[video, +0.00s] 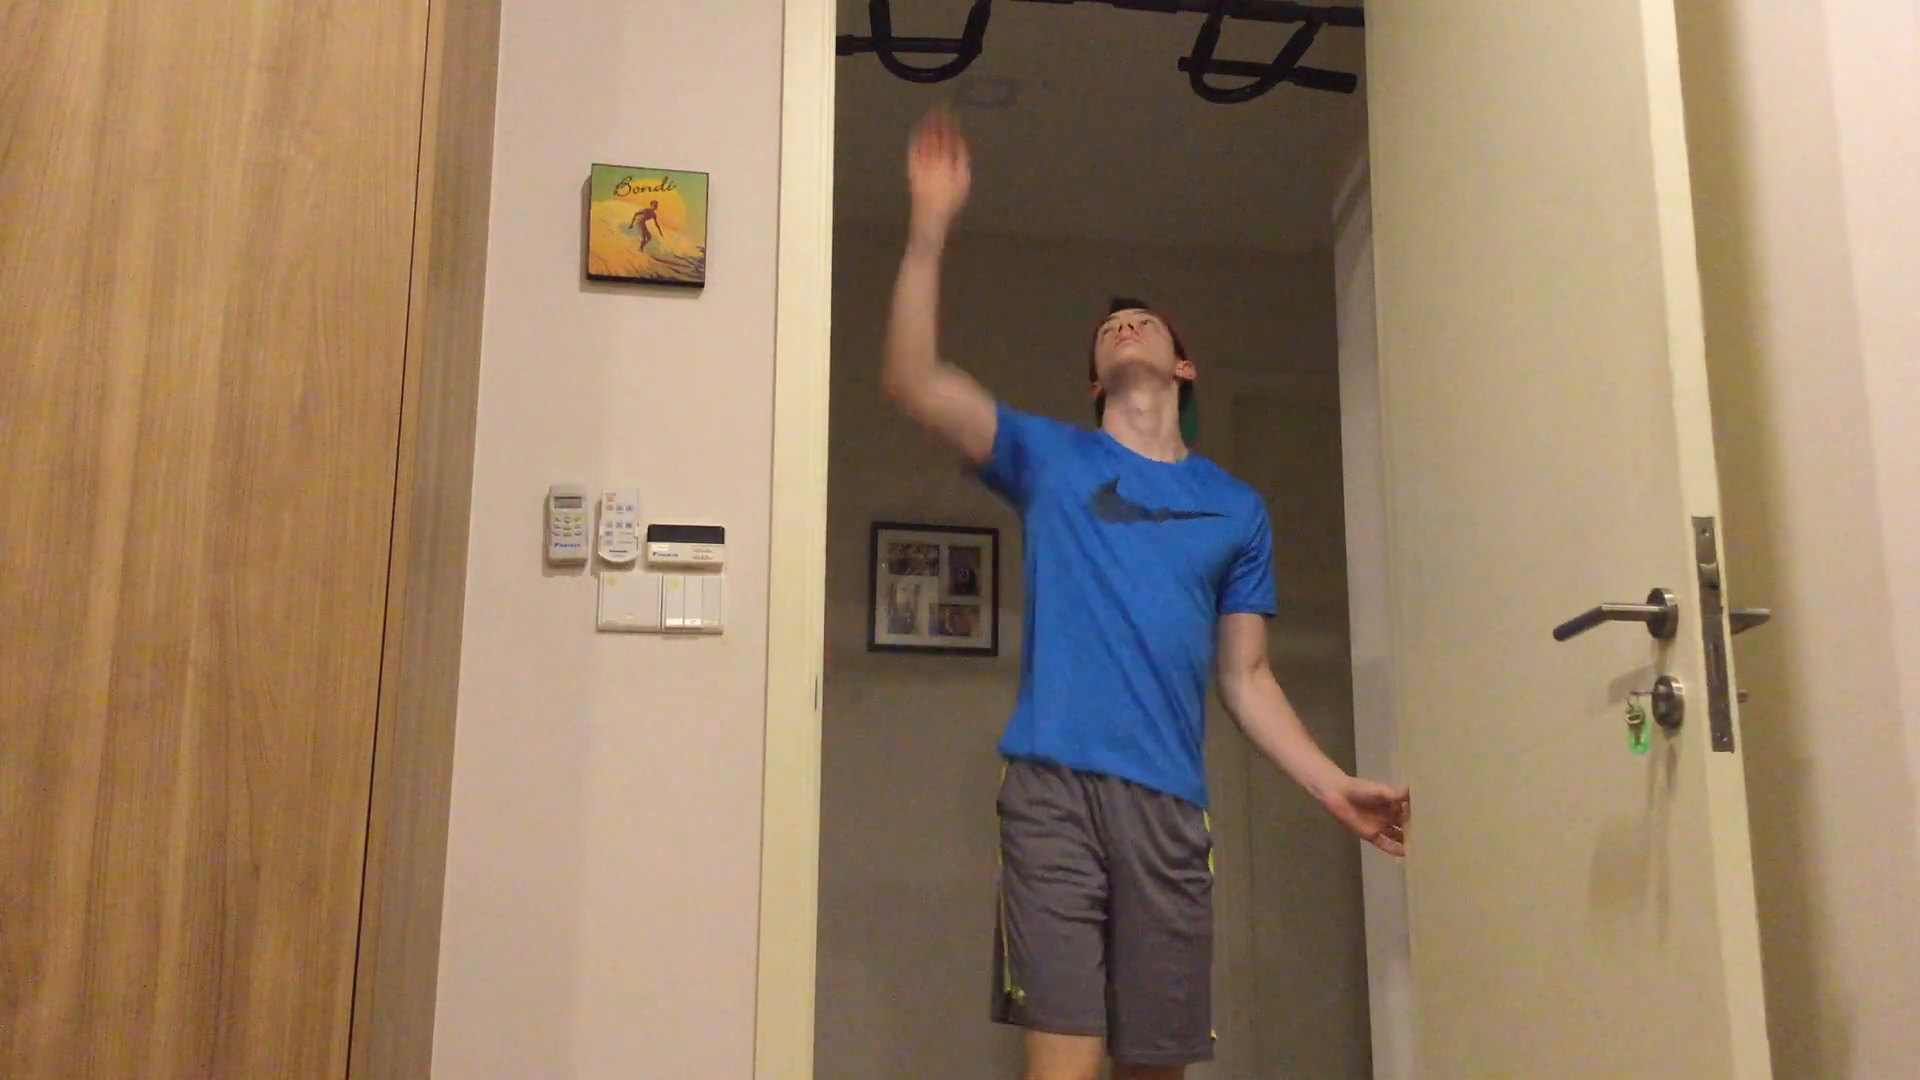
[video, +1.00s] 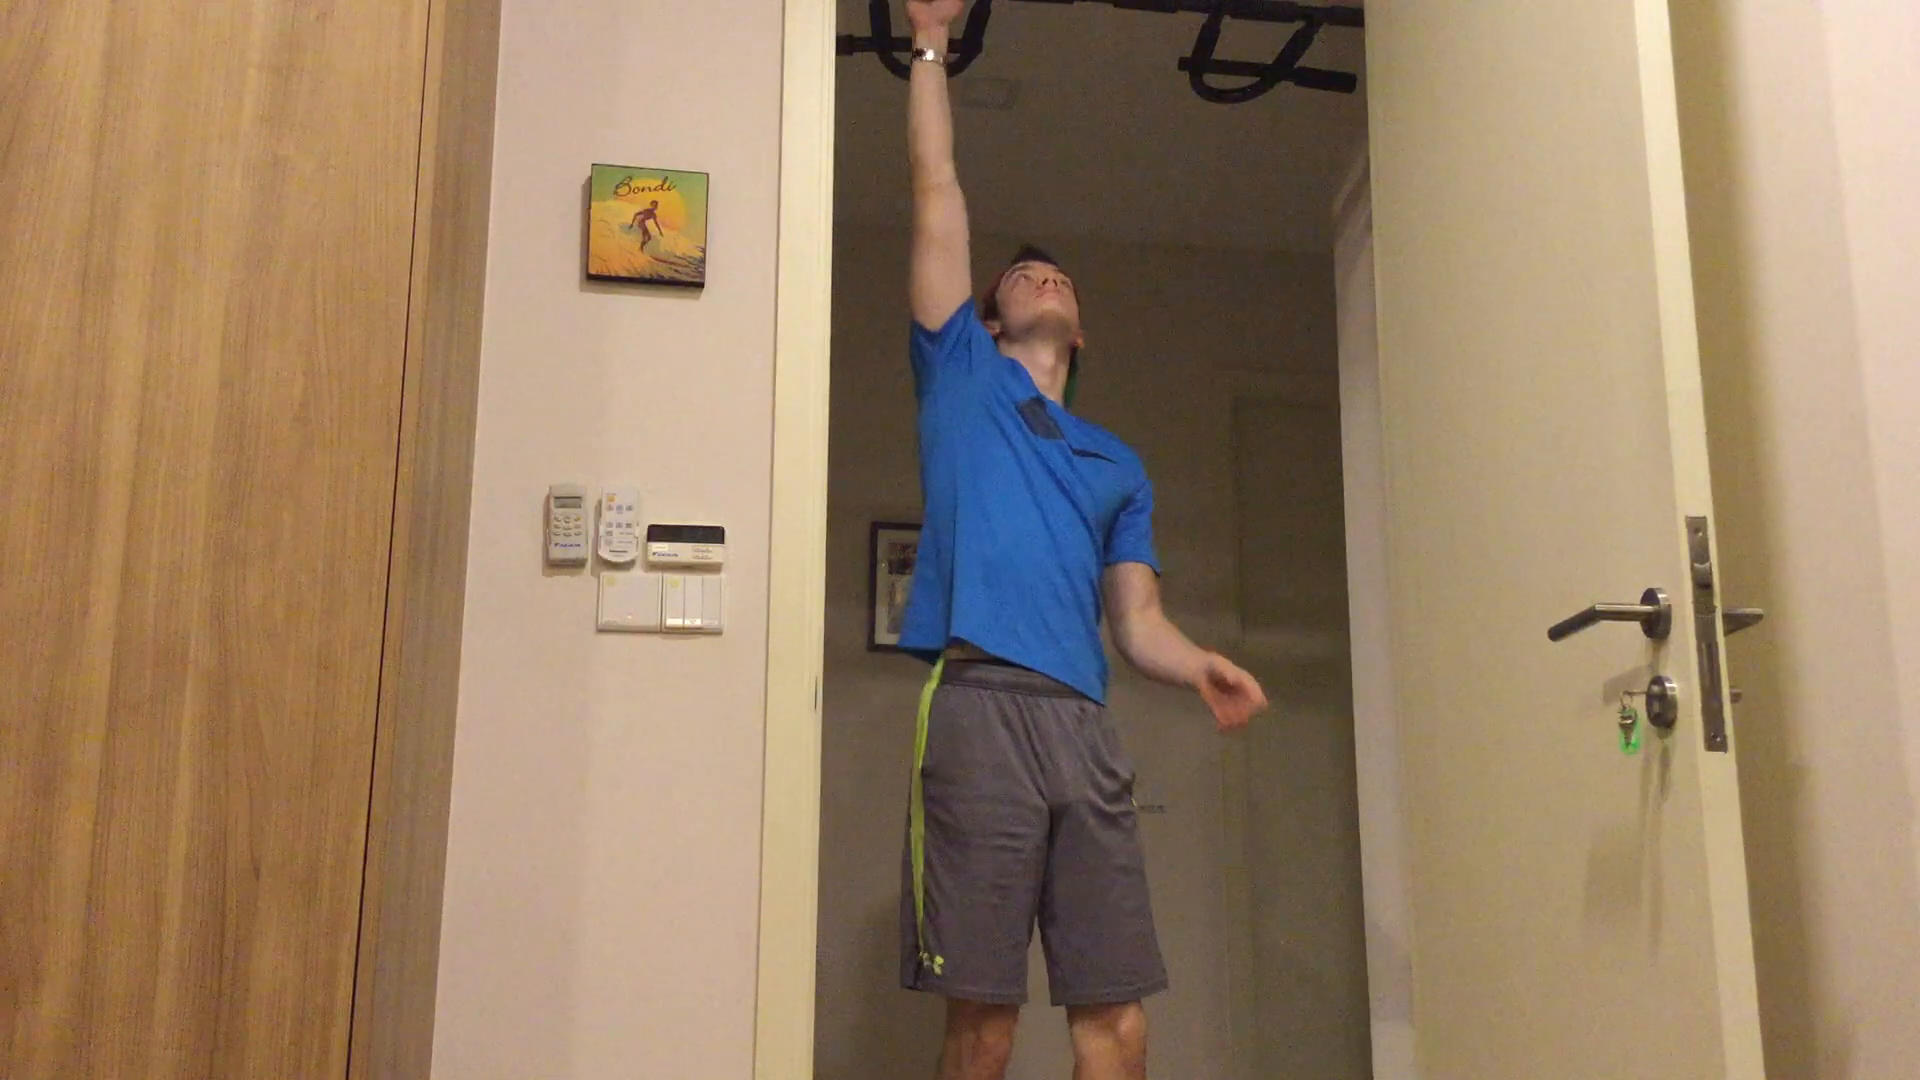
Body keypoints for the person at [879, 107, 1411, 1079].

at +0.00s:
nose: (1118, 324)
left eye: (1140, 321)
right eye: (1106, 327)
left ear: (1184, 371)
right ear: (1093, 381)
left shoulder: (1235, 508)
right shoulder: (1049, 452)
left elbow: (1247, 676)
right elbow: (913, 379)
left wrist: (1337, 788)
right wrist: (927, 226)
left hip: (1168, 801)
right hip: (1050, 783)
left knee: (1158, 1061)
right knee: (1064, 1048)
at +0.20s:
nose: (1116, 325)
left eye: (1135, 323)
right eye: (1101, 328)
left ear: (1175, 372)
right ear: (1083, 376)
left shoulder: (1219, 515)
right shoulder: (1044, 439)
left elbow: (1234, 682)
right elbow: (956, 296)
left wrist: (1333, 783)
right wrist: (939, 133)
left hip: (1162, 788)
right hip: (1044, 771)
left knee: (1154, 1059)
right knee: (1070, 1048)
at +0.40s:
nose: (1091, 321)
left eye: (1110, 318)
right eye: (1078, 324)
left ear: (1151, 369)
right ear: (1062, 372)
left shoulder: (1202, 512)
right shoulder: (1026, 435)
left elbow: (1220, 673)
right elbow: (955, 272)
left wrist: (1324, 767)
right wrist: (937, 114)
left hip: (1146, 781)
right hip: (1031, 766)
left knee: (1143, 1056)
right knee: (1055, 1046)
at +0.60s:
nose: (1061, 313)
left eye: (1080, 311)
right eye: (1047, 314)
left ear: (1116, 357)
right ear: (1024, 361)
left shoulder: (1171, 492)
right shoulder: (992, 430)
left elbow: (1203, 651)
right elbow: (921, 265)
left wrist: (1294, 750)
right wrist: (927, 109)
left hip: (1121, 767)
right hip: (1007, 754)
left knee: (1122, 1046)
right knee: (1015, 1036)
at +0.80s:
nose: (1041, 289)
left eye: (1059, 288)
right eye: (1027, 291)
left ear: (1093, 343)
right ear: (1002, 339)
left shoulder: (1139, 468)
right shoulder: (968, 392)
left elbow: (1171, 626)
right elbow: (930, 222)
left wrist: (1245, 705)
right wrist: (924, 74)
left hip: (1102, 742)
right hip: (987, 728)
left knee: (1119, 1043)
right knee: (996, 1040)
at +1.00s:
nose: (1036, 275)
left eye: (1052, 276)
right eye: (1021, 277)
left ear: (1082, 335)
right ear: (992, 320)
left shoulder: (1115, 463)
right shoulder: (958, 369)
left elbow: (1137, 619)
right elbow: (935, 189)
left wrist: (1201, 665)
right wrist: (928, 45)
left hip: (1087, 726)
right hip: (979, 713)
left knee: (1114, 1007)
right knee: (983, 1010)